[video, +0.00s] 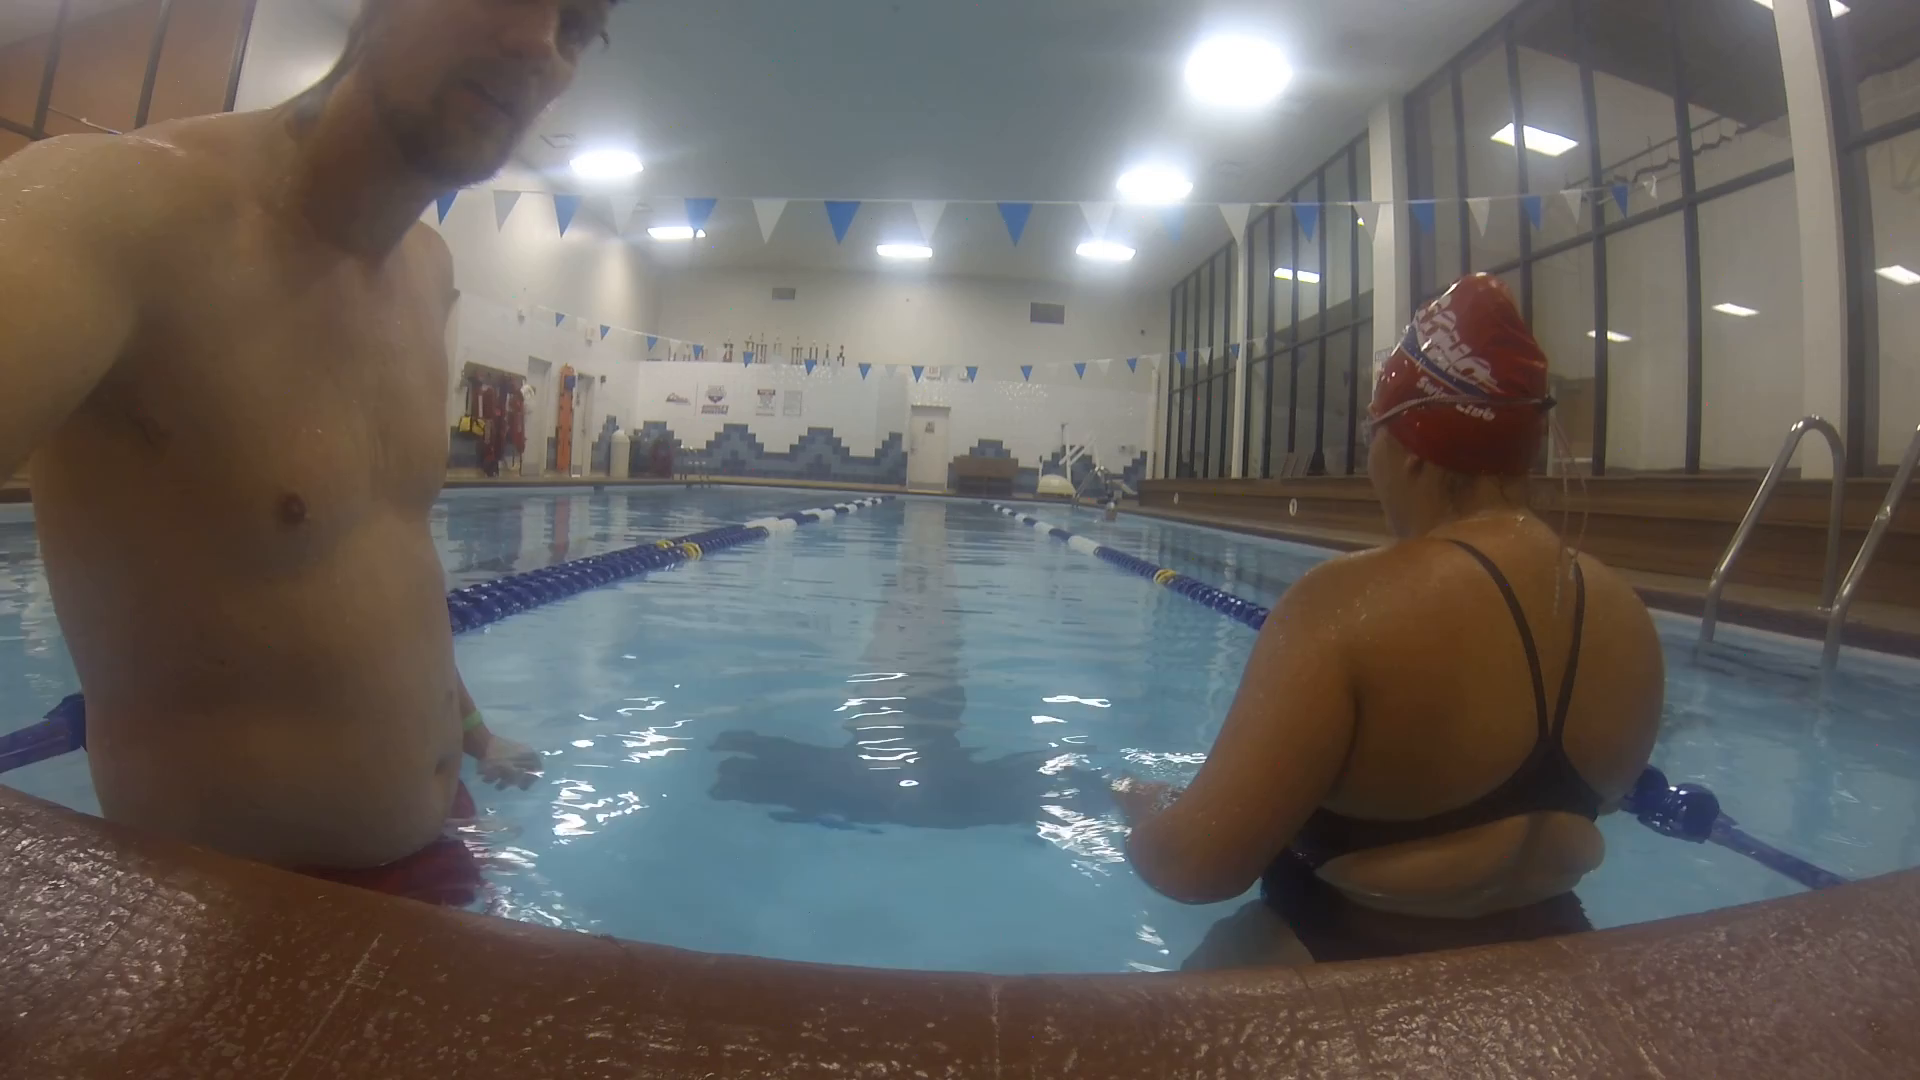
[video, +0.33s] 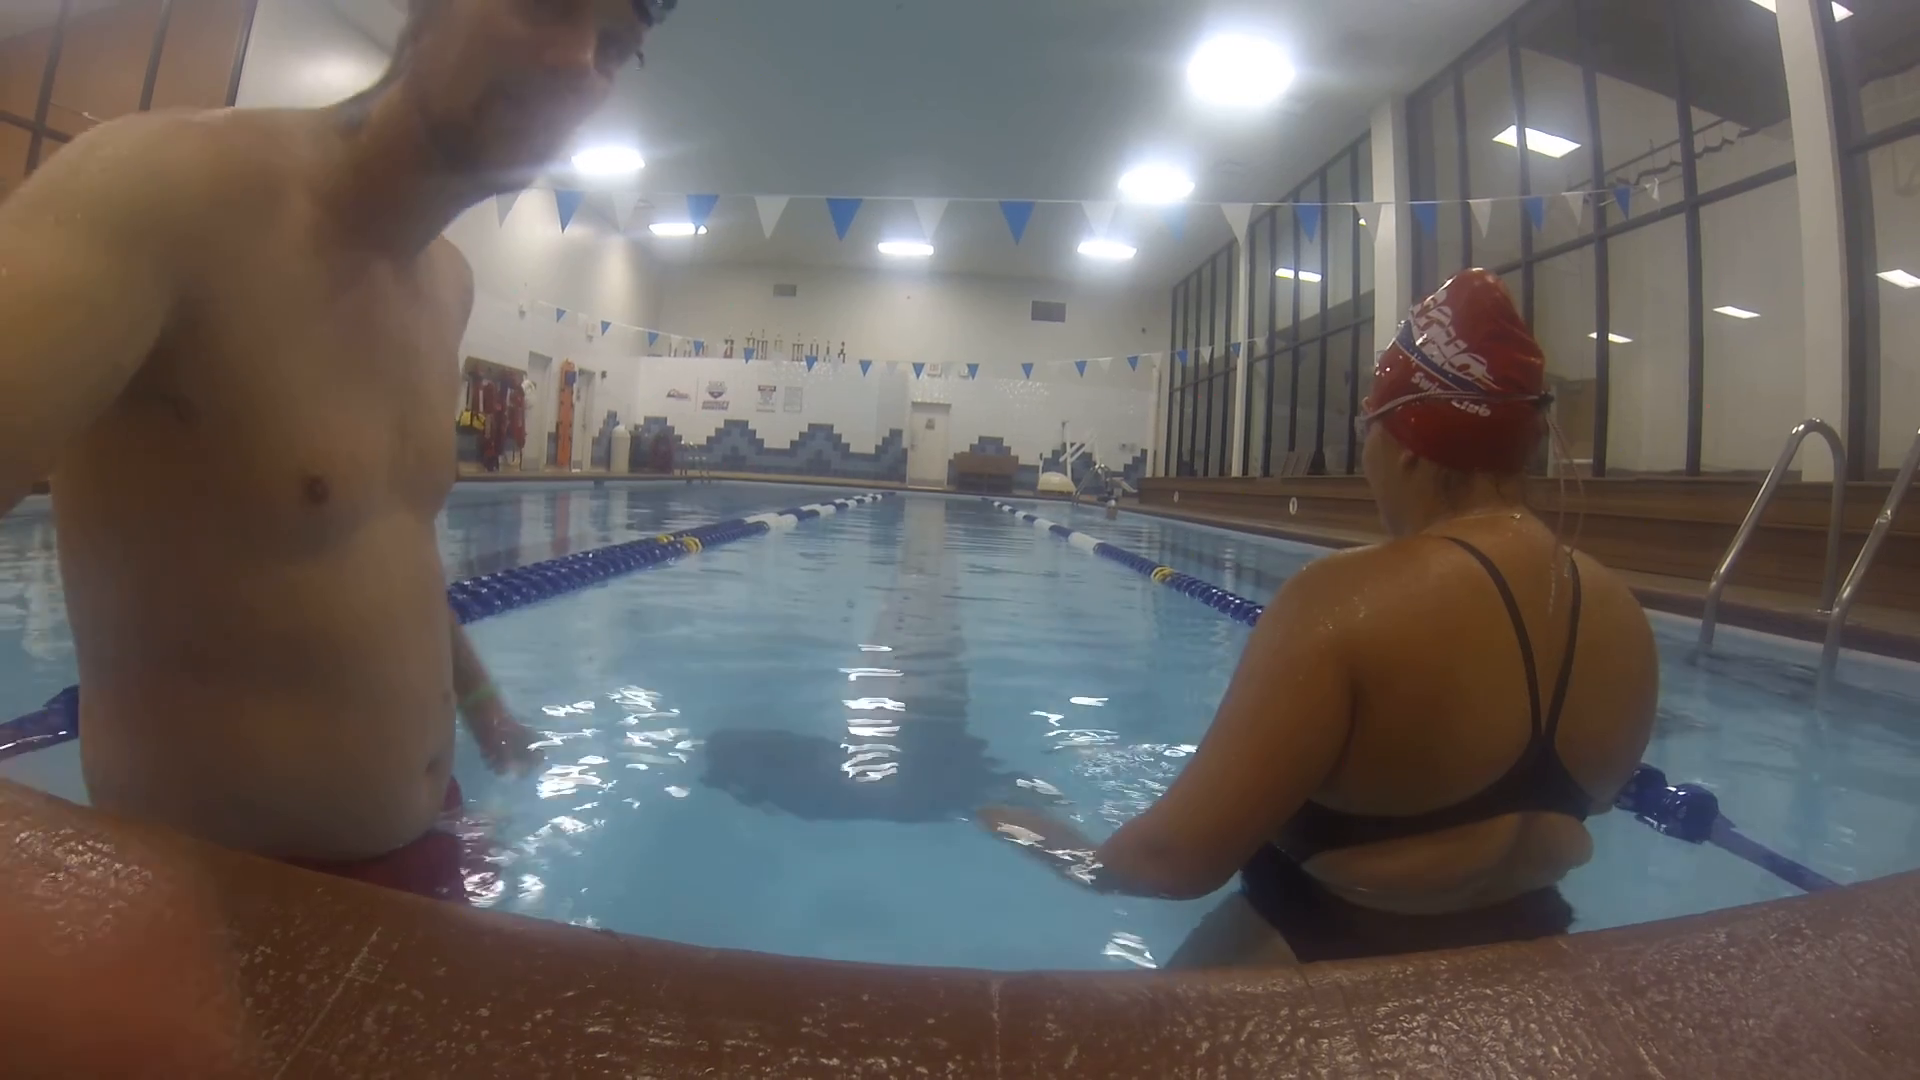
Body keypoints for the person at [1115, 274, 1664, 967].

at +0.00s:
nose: (1371, 457)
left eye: (1377, 434)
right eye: (1374, 434)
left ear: (1414, 450)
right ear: (1527, 446)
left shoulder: (1345, 606)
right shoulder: (1622, 610)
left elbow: (1202, 865)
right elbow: (1605, 783)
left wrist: (1148, 813)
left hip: (1336, 997)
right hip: (1544, 988)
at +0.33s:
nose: (1362, 445)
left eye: (1369, 422)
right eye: (1368, 420)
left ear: (1406, 442)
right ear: (1524, 442)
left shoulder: (1341, 605)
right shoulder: (1616, 609)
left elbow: (1179, 857)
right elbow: (1591, 792)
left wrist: (1067, 847)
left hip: (1313, 996)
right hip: (1515, 992)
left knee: (1132, 1036)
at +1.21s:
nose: (1292, 428)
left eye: (1310, 403)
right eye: (1301, 402)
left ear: (1374, 427)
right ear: (1448, 429)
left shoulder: (1322, 590)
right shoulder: (1525, 585)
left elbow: (1207, 900)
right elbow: (1497, 806)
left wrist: (1036, 874)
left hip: (1303, 975)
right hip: (1464, 952)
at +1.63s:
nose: (1272, 414)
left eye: (1302, 387)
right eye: (1284, 386)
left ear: (1390, 427)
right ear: (1388, 429)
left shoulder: (1352, 610)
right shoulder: (1455, 560)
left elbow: (1274, 935)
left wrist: (1045, 867)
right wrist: (1206, 870)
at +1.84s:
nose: (1266, 418)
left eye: (1306, 394)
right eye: (1275, 396)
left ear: (1401, 438)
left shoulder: (1404, 627)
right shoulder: (1372, 589)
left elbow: (1375, 948)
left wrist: (1095, 860)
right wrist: (1203, 761)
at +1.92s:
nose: (1269, 420)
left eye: (1313, 396)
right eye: (1270, 395)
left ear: (1407, 440)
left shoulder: (1420, 633)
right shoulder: (1346, 585)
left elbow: (1417, 939)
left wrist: (1135, 833)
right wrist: (1192, 773)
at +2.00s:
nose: (1279, 427)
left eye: (1323, 405)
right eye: (1270, 404)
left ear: (1406, 445)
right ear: (1254, 420)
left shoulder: (1431, 635)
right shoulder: (1322, 584)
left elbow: (1452, 921)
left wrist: (1212, 788)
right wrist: (1174, 758)